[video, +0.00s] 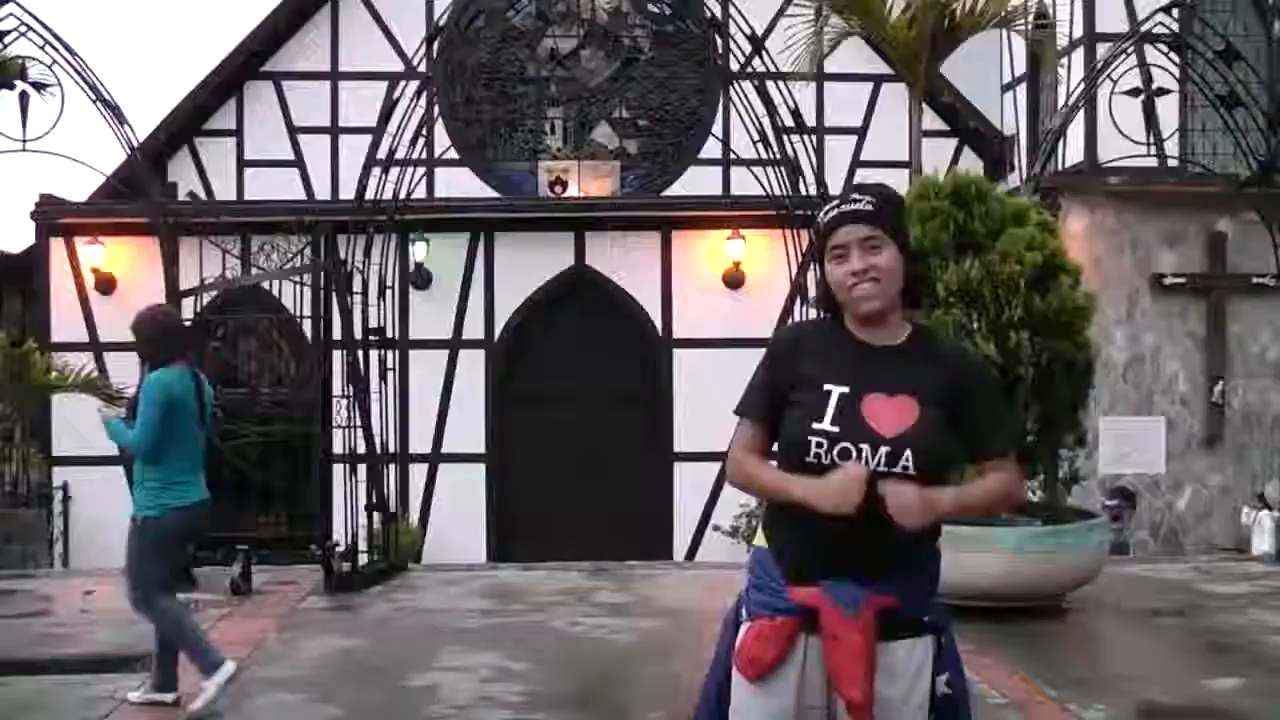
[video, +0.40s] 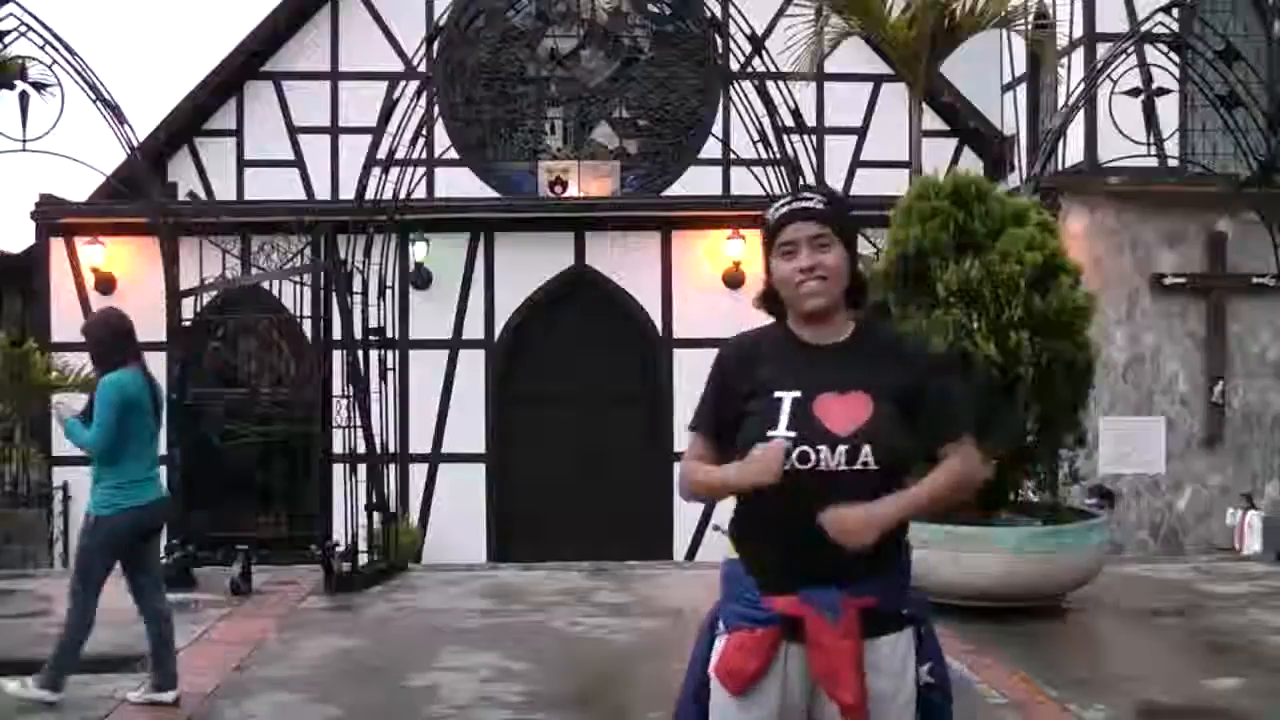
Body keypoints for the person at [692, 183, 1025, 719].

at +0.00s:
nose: (857, 266)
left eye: (873, 248)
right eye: (840, 255)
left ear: (905, 260)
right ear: (825, 274)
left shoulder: (954, 368)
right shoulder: (794, 349)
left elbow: (1008, 484)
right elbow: (740, 461)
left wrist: (937, 502)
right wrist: (810, 490)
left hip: (899, 622)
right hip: (784, 613)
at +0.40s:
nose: (806, 264)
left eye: (821, 246)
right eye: (788, 252)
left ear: (851, 260)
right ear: (770, 272)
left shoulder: (902, 357)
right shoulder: (743, 358)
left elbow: (968, 464)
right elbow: (691, 477)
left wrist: (882, 513)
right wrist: (740, 474)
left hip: (872, 613)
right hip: (761, 613)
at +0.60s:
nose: (741, 267)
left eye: (755, 250)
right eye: (720, 254)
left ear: (779, 263)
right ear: (697, 273)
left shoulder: (834, 356)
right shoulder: (669, 372)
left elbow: (889, 452)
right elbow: (640, 499)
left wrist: (857, 497)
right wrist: (737, 491)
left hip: (827, 623)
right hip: (711, 630)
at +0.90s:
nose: (685, 273)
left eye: (697, 255)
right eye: (663, 261)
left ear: (718, 262)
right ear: (638, 279)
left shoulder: (757, 338)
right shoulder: (623, 382)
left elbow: (832, 425)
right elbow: (589, 514)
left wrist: (808, 460)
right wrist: (682, 551)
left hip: (777, 610)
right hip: (680, 624)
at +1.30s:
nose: (711, 266)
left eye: (722, 249)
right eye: (690, 256)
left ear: (742, 259)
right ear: (665, 277)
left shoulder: (783, 346)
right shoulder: (642, 371)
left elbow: (834, 437)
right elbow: (622, 494)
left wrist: (815, 492)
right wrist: (740, 494)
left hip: (777, 596)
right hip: (681, 604)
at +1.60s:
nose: (787, 277)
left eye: (799, 260)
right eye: (767, 265)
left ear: (819, 272)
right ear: (742, 283)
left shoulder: (846, 367)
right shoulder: (715, 364)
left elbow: (887, 479)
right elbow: (667, 475)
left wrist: (886, 465)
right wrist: (767, 507)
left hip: (816, 582)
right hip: (726, 585)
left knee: (824, 710)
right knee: (729, 710)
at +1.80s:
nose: (817, 276)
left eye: (829, 261)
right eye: (798, 263)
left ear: (848, 274)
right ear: (772, 280)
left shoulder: (858, 368)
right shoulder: (742, 348)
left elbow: (893, 463)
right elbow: (698, 452)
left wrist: (885, 493)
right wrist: (803, 445)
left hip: (829, 574)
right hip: (742, 570)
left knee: (832, 709)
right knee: (757, 707)